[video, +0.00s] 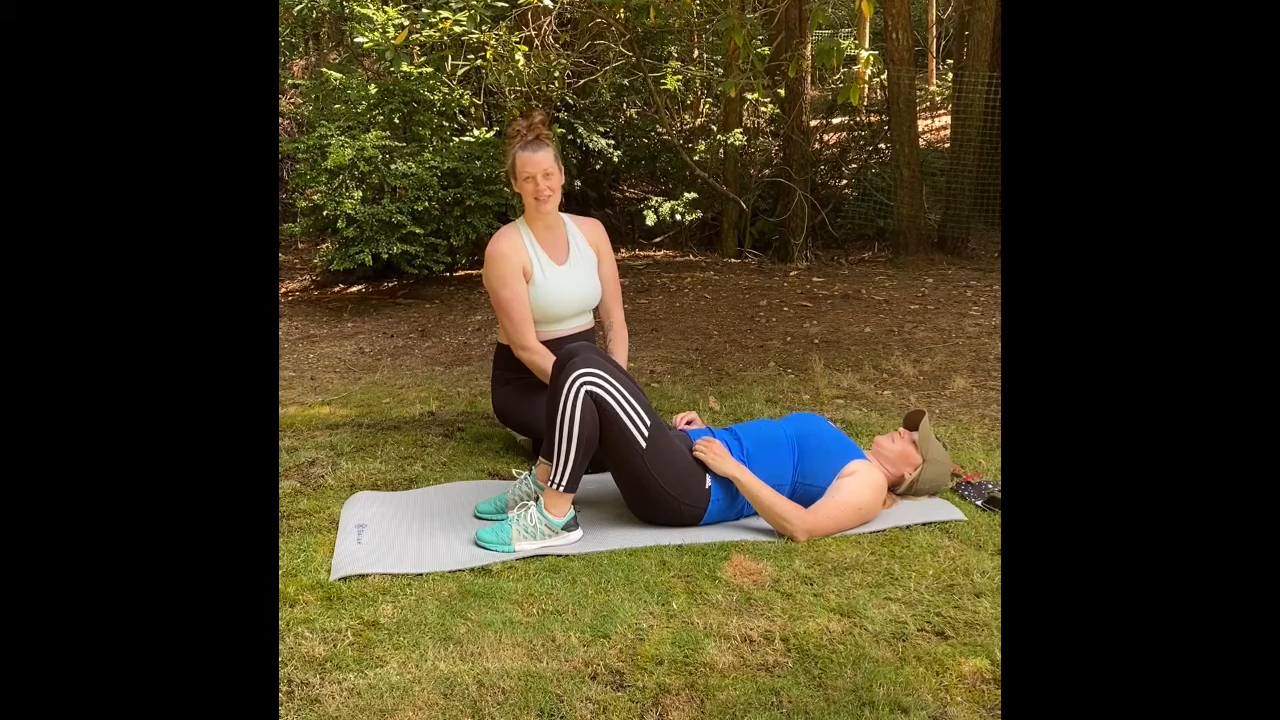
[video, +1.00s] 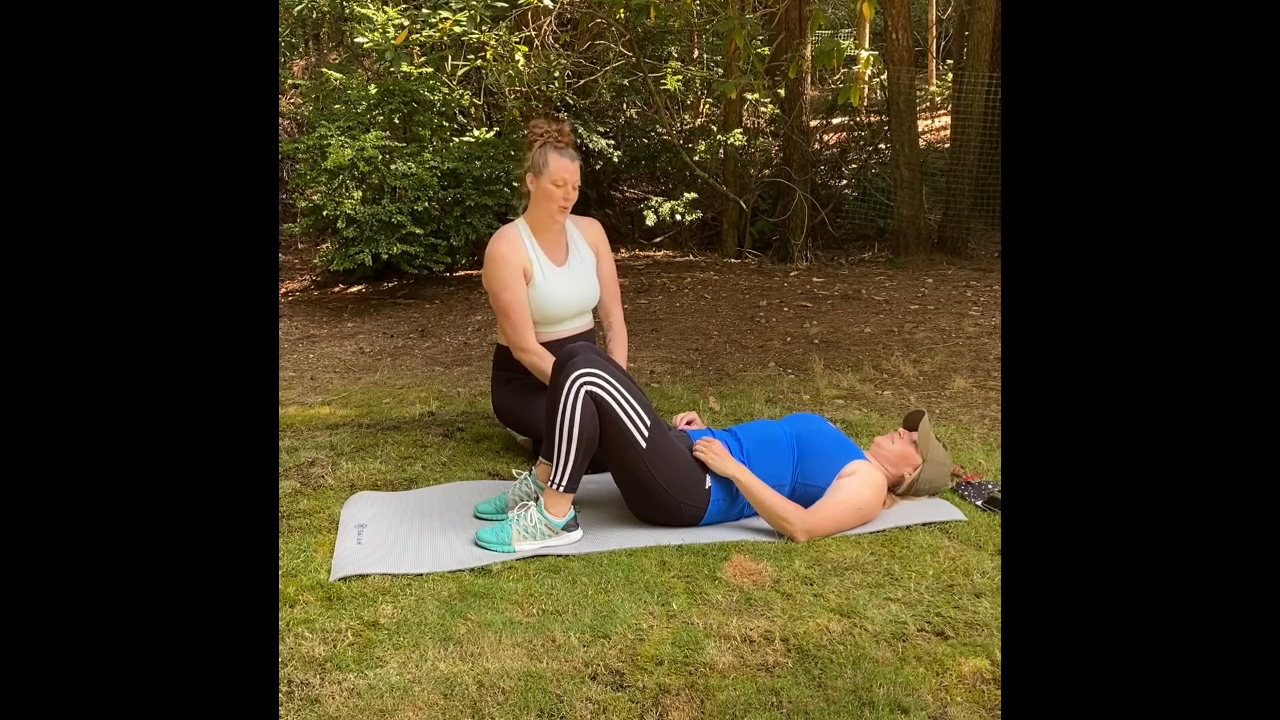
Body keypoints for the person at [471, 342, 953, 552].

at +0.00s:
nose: (896, 433)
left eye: (907, 440)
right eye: (905, 431)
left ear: (907, 472)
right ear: (895, 446)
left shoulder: (867, 484)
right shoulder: (843, 452)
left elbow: (804, 526)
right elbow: (761, 468)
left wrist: (731, 468)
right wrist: (705, 430)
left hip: (693, 488)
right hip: (682, 463)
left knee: (588, 371)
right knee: (579, 357)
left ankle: (554, 511)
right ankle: (543, 484)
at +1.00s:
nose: (897, 433)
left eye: (908, 440)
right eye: (906, 431)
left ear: (907, 471)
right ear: (896, 446)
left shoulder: (867, 483)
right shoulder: (843, 452)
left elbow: (805, 527)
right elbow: (761, 469)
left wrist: (731, 468)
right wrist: (705, 431)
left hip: (693, 489)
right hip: (682, 464)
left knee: (589, 371)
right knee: (580, 356)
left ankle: (554, 511)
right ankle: (542, 485)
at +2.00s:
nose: (897, 433)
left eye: (908, 440)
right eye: (906, 431)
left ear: (907, 471)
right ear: (895, 446)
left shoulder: (867, 483)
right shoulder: (843, 453)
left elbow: (805, 527)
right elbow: (760, 470)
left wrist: (732, 468)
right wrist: (705, 431)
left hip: (693, 490)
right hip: (682, 466)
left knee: (589, 373)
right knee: (580, 357)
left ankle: (554, 511)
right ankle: (542, 485)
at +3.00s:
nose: (897, 433)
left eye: (908, 440)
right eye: (905, 430)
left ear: (908, 471)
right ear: (895, 444)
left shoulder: (870, 483)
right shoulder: (842, 452)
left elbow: (808, 525)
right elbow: (758, 463)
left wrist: (766, 440)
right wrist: (728, 411)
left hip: (694, 484)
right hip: (680, 459)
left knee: (589, 373)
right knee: (578, 358)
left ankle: (555, 511)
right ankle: (542, 485)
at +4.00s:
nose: (897, 432)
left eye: (908, 438)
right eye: (906, 430)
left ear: (907, 469)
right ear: (897, 445)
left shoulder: (863, 478)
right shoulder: (844, 452)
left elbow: (788, 515)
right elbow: (763, 466)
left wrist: (700, 513)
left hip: (695, 474)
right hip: (680, 443)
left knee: (580, 369)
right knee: (546, 356)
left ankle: (556, 512)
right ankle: (546, 480)